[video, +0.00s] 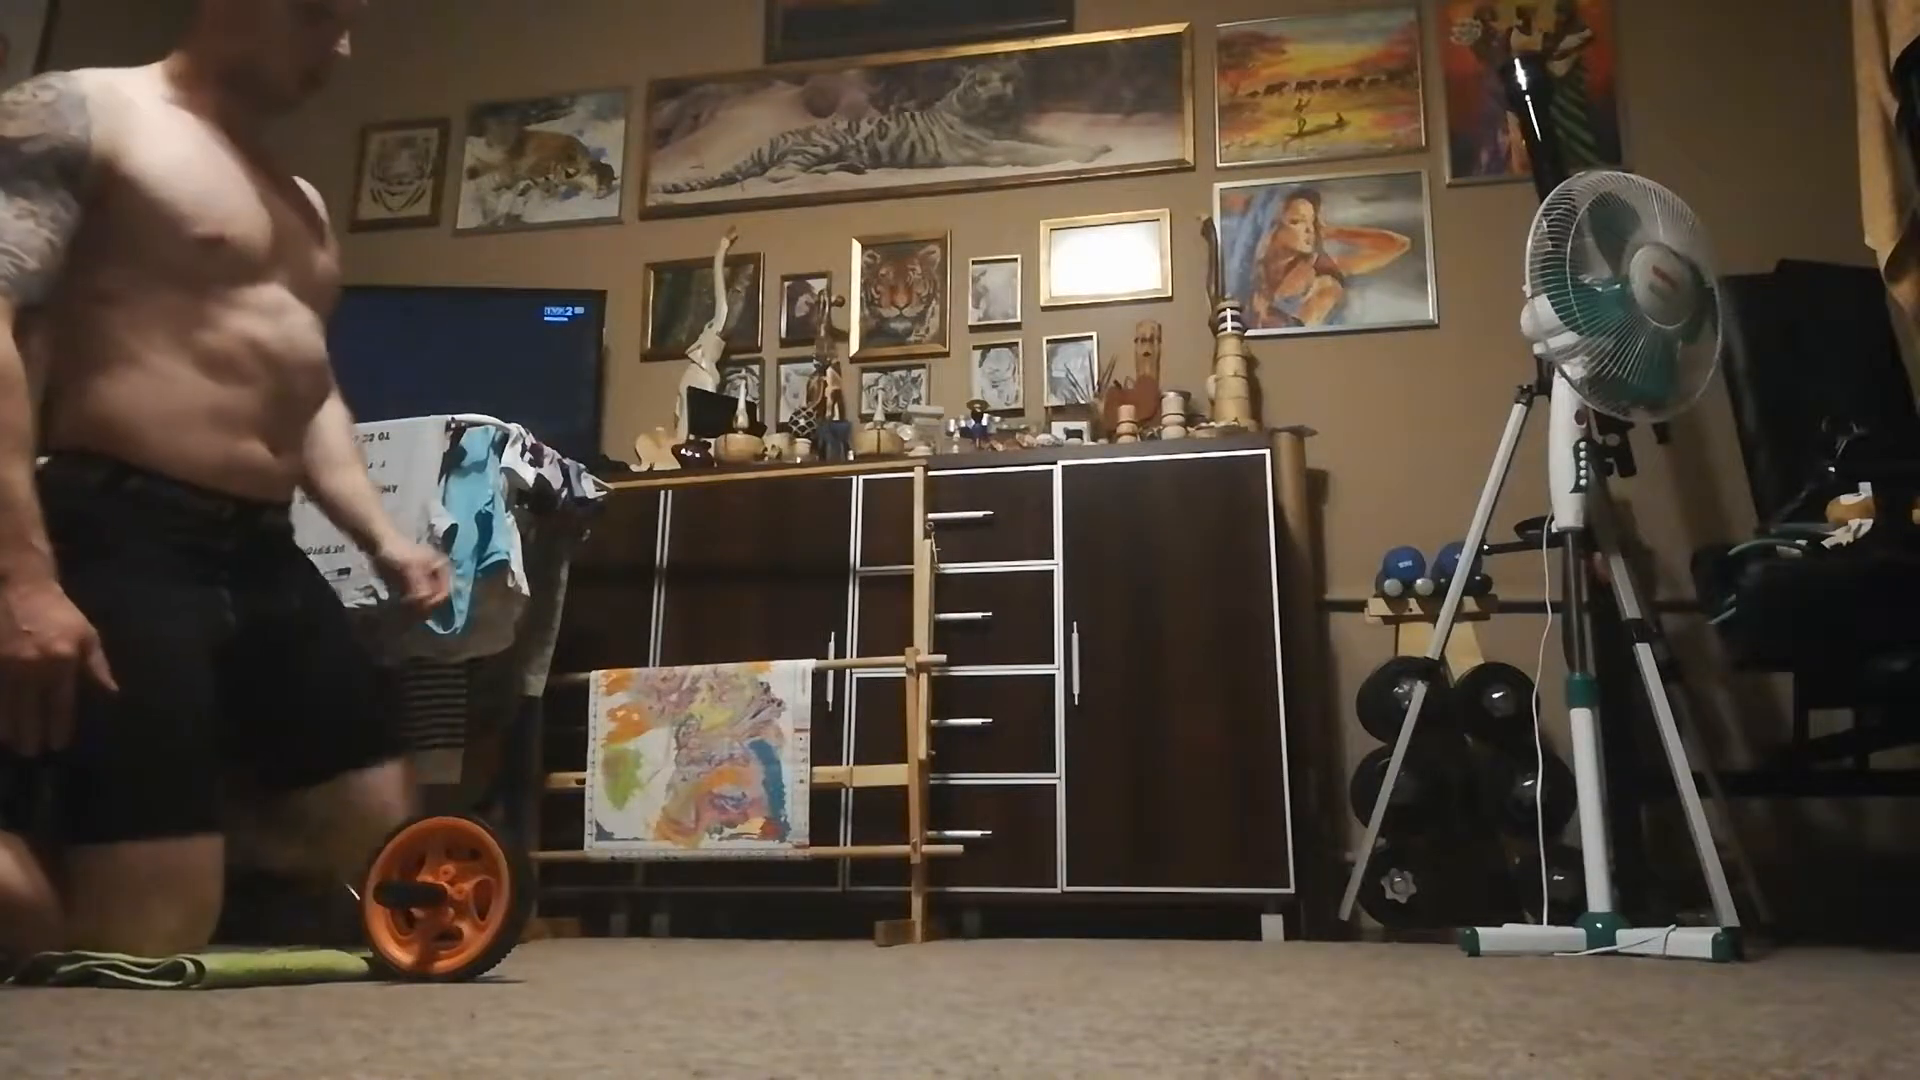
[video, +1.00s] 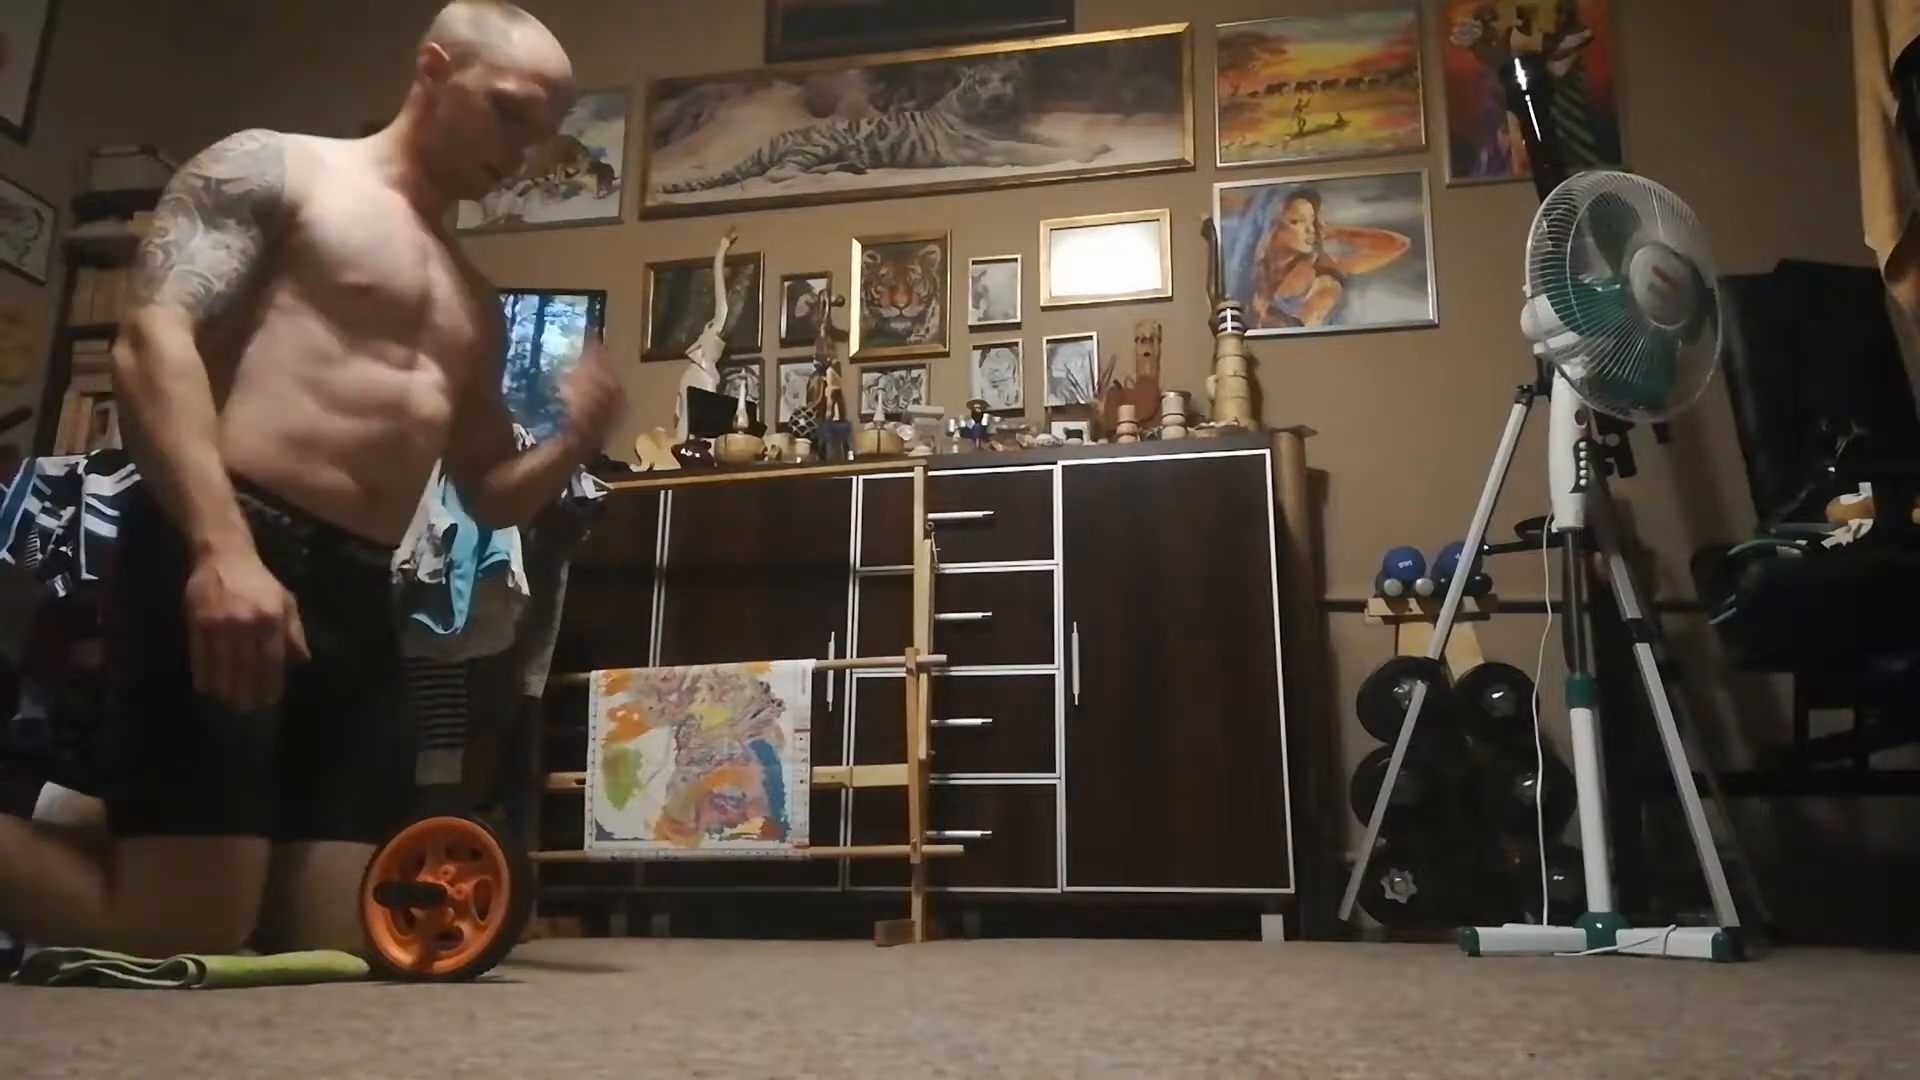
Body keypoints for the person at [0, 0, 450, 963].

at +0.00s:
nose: (341, 50)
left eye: (346, 26)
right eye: (325, 16)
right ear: (237, 7)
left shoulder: (305, 201)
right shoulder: (78, 109)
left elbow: (308, 393)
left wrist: (389, 540)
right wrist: (22, 577)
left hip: (266, 553)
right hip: (120, 540)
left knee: (363, 822)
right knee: (152, 923)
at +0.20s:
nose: (366, 50)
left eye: (372, 27)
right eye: (346, 18)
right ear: (263, 9)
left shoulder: (348, 211)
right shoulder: (111, 128)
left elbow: (378, 399)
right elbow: (15, 338)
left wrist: (472, 447)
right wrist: (12, 584)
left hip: (303, 563)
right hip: (152, 539)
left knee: (319, 922)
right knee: (145, 936)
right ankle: (0, 845)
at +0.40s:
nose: (429, 92)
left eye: (444, 68)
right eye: (408, 51)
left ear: (451, 75)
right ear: (318, 18)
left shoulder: (417, 266)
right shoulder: (178, 158)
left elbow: (484, 440)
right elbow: (81, 347)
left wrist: (533, 326)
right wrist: (82, 563)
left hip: (340, 584)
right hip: (191, 545)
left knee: (326, 944)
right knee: (155, 944)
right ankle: (12, 839)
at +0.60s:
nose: (523, 160)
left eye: (536, 139)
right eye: (508, 125)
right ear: (429, 89)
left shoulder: (464, 304)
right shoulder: (270, 176)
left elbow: (558, 434)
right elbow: (133, 332)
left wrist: (544, 271)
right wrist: (179, 529)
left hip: (368, 599)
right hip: (238, 553)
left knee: (332, 935)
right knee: (163, 931)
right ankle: (3, 794)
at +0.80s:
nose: (551, 178)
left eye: (565, 159)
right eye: (541, 143)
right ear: (461, 100)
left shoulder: (481, 308)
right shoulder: (301, 173)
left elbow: (556, 466)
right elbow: (162, 317)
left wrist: (552, 297)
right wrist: (219, 510)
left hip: (374, 601)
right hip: (250, 551)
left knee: (333, 934)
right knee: (191, 921)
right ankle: (8, 796)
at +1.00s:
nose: (528, 155)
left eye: (544, 135)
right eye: (515, 116)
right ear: (436, 70)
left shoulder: (476, 305)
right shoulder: (270, 167)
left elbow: (496, 491)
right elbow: (152, 342)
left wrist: (576, 439)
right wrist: (222, 551)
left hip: (360, 598)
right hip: (221, 551)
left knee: (333, 933)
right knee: (190, 920)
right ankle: (13, 843)